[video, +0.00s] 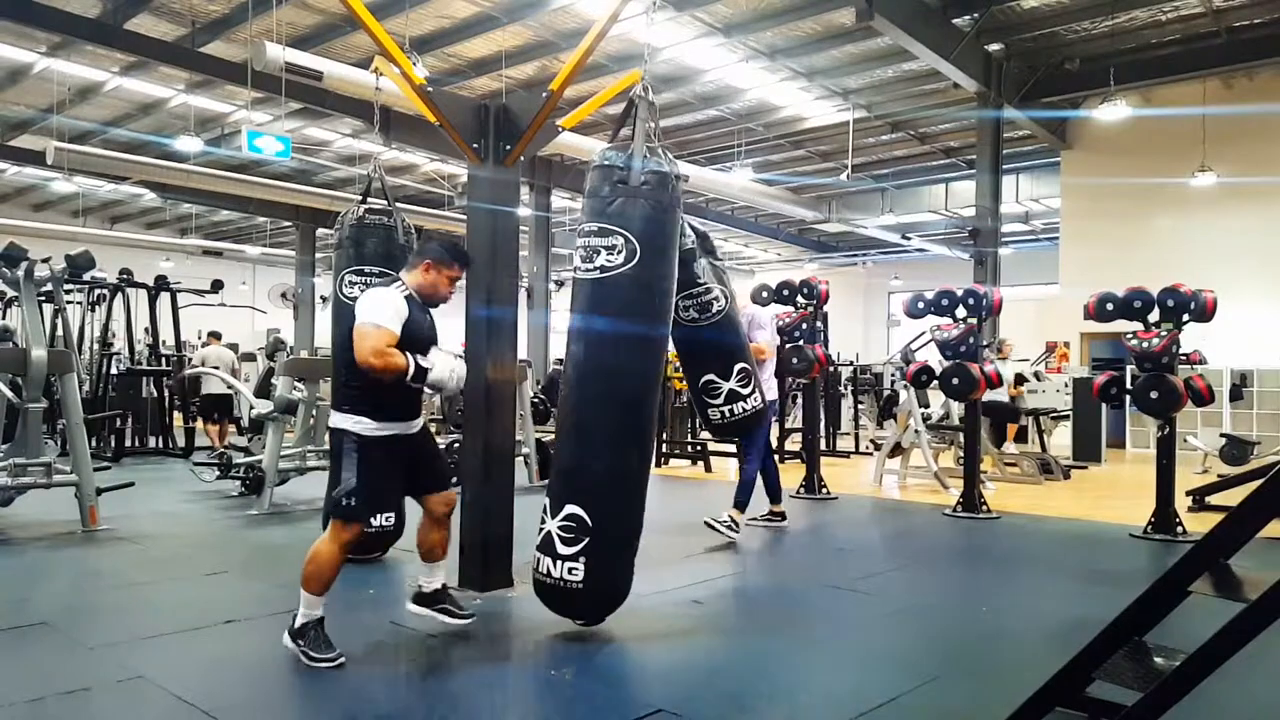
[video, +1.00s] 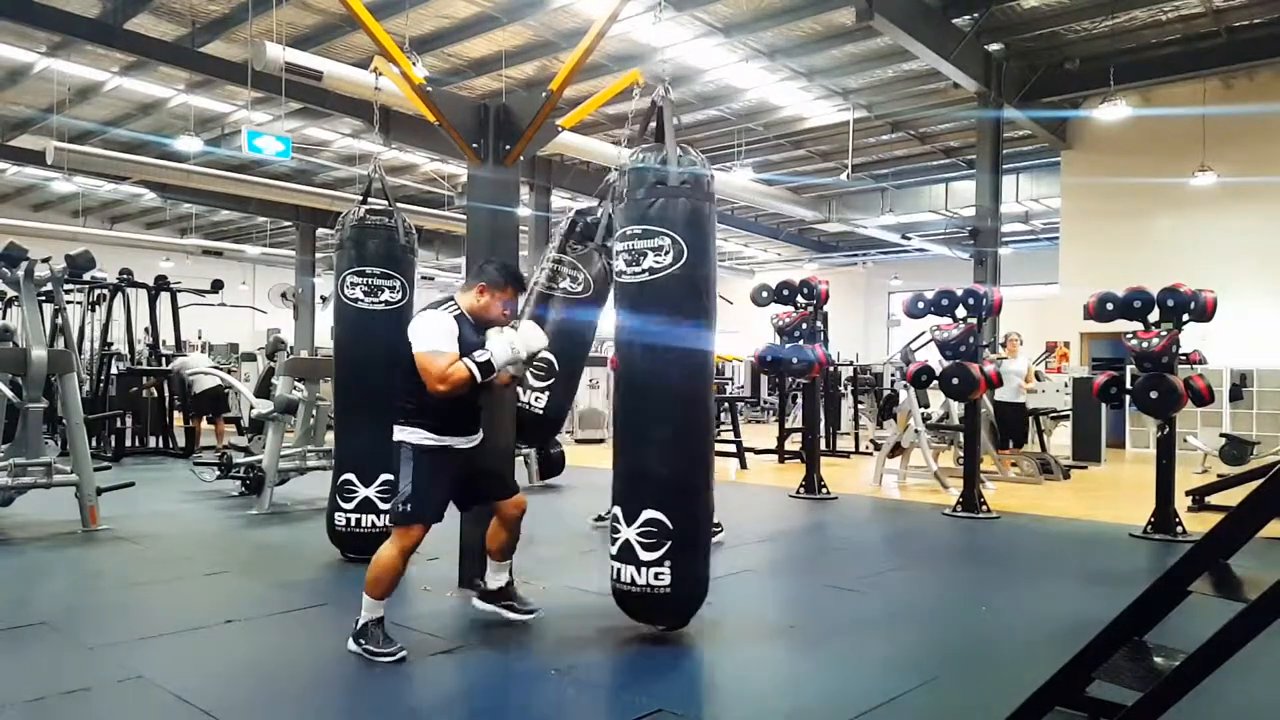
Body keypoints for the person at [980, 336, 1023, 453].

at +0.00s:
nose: (1010, 349)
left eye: (1010, 346)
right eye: (1007, 346)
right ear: (1000, 348)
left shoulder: (1009, 364)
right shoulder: (990, 363)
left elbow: (1009, 389)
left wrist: (1016, 392)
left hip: (1004, 400)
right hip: (988, 399)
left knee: (1001, 432)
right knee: (1014, 412)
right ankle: (1009, 443)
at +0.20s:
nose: (1011, 345)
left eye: (1012, 342)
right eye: (1008, 342)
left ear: (1012, 345)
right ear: (1001, 344)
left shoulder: (1012, 362)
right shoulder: (991, 360)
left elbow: (1012, 381)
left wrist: (1019, 388)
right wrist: (1014, 389)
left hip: (1008, 397)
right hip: (992, 396)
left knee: (1002, 429)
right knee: (1015, 420)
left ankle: (998, 461)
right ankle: (1010, 449)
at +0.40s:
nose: (1010, 344)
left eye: (1012, 341)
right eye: (1007, 341)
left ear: (1014, 344)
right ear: (1000, 344)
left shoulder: (1014, 362)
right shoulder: (993, 360)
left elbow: (1018, 382)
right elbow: (985, 376)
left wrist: (1021, 386)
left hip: (1010, 399)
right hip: (995, 398)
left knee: (1009, 430)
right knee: (1005, 428)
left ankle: (1006, 462)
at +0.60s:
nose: (1010, 344)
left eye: (1012, 341)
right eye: (1007, 341)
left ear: (1015, 343)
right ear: (1001, 344)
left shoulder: (1018, 361)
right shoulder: (996, 359)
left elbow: (1023, 377)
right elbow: (987, 372)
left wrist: (1024, 383)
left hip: (1014, 396)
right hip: (998, 396)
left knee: (1011, 423)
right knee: (1001, 423)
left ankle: (1007, 444)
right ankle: (1001, 447)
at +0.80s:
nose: (1011, 343)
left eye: (1013, 340)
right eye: (1008, 340)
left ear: (1017, 343)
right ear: (1003, 344)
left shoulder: (1024, 362)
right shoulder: (997, 360)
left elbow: (1030, 381)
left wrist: (1025, 384)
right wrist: (996, 358)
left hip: (1016, 398)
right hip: (999, 397)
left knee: (1012, 430)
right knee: (1001, 429)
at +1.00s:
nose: (1014, 343)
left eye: (1016, 340)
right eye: (1011, 340)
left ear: (1020, 343)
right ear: (1005, 343)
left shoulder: (1026, 361)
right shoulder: (998, 359)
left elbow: (1032, 382)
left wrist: (1026, 386)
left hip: (1019, 400)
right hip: (1001, 400)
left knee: (1020, 437)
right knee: (1003, 436)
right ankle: (1005, 467)